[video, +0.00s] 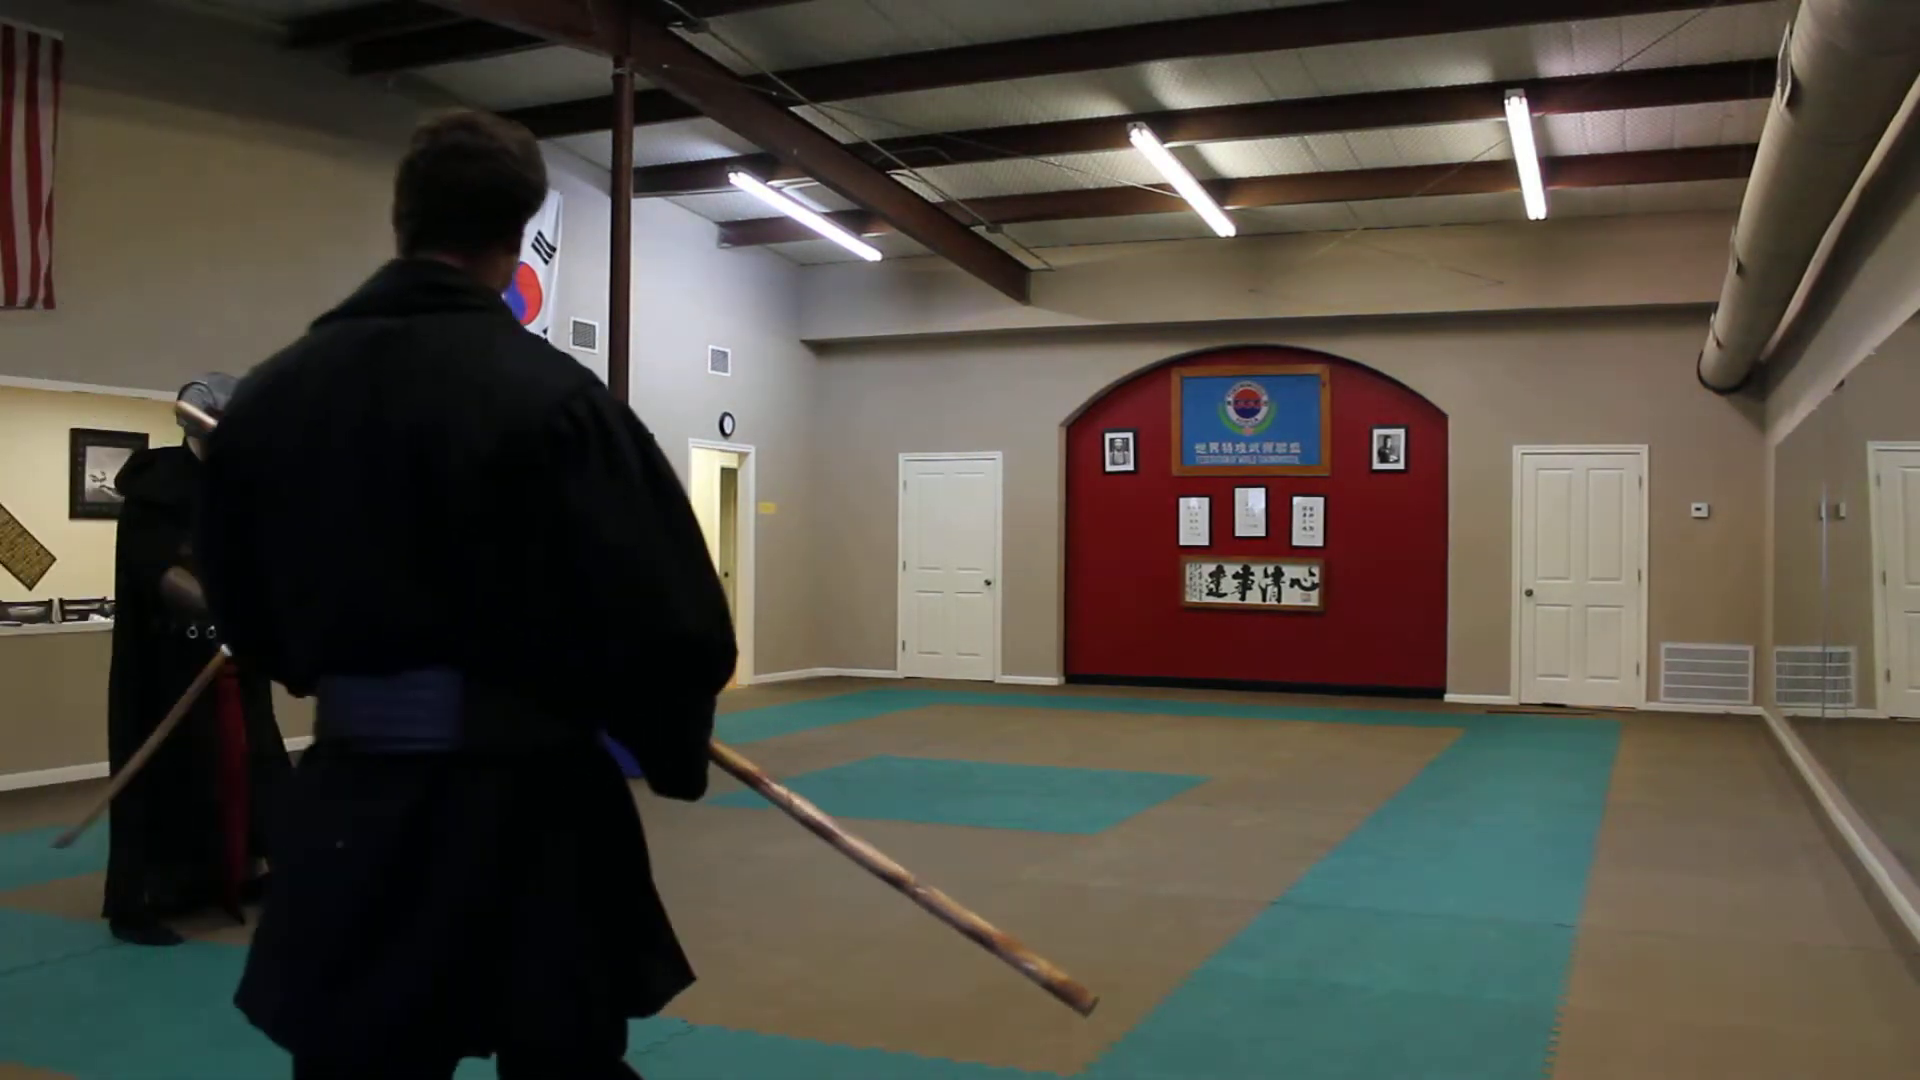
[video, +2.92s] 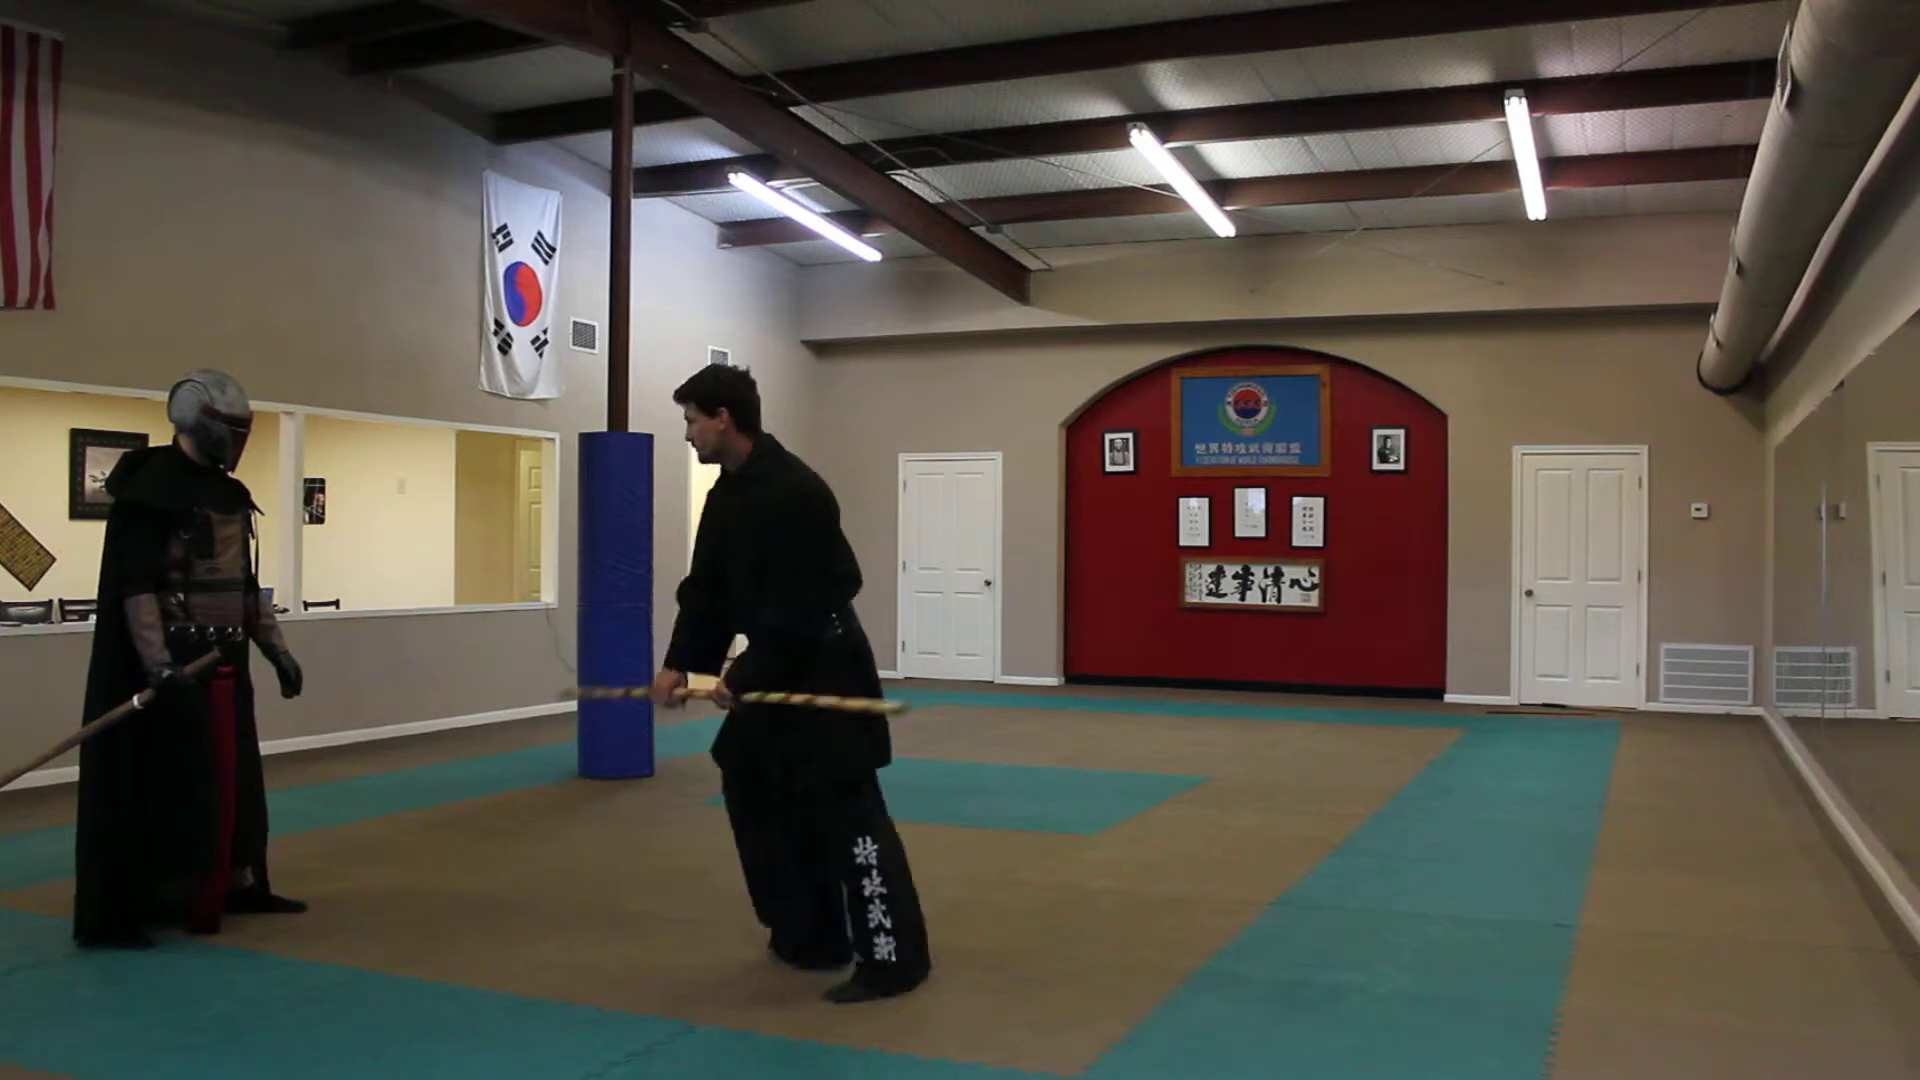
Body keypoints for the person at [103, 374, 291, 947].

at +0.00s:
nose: (230, 434)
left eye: (234, 424)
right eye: (223, 423)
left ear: (232, 424)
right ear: (199, 420)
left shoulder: (245, 479)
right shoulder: (161, 475)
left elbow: (258, 563)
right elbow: (143, 559)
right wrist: (205, 606)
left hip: (230, 651)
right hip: (161, 654)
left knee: (244, 764)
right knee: (154, 771)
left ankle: (237, 876)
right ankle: (135, 904)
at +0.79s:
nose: (245, 439)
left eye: (249, 427)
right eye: (234, 427)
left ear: (250, 427)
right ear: (199, 422)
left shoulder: (245, 497)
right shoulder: (153, 478)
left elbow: (264, 581)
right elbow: (125, 571)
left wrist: (305, 645)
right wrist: (135, 653)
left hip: (229, 663)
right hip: (156, 662)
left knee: (233, 768)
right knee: (137, 779)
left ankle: (232, 885)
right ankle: (114, 909)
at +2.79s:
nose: (242, 436)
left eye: (244, 426)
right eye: (233, 425)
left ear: (222, 424)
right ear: (197, 422)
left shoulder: (228, 494)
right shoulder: (149, 484)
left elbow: (241, 586)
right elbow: (135, 583)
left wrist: (280, 651)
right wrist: (158, 662)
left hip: (219, 664)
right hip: (155, 664)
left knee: (230, 776)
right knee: (143, 782)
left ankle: (234, 889)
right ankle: (119, 912)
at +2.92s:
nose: (242, 437)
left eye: (244, 426)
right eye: (233, 426)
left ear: (224, 424)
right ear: (196, 422)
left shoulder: (228, 494)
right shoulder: (150, 485)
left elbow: (241, 587)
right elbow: (135, 585)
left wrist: (279, 651)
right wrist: (157, 663)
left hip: (221, 663)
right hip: (156, 662)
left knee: (232, 776)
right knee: (145, 781)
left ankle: (235, 888)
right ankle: (120, 911)